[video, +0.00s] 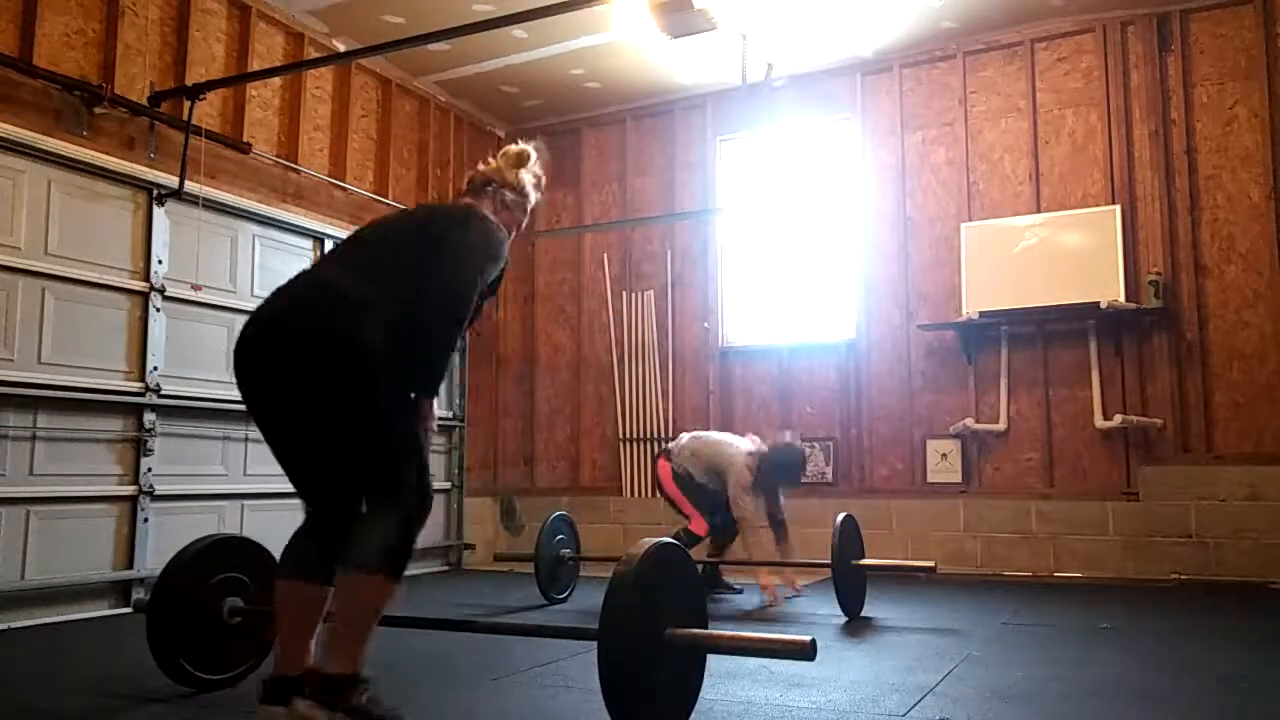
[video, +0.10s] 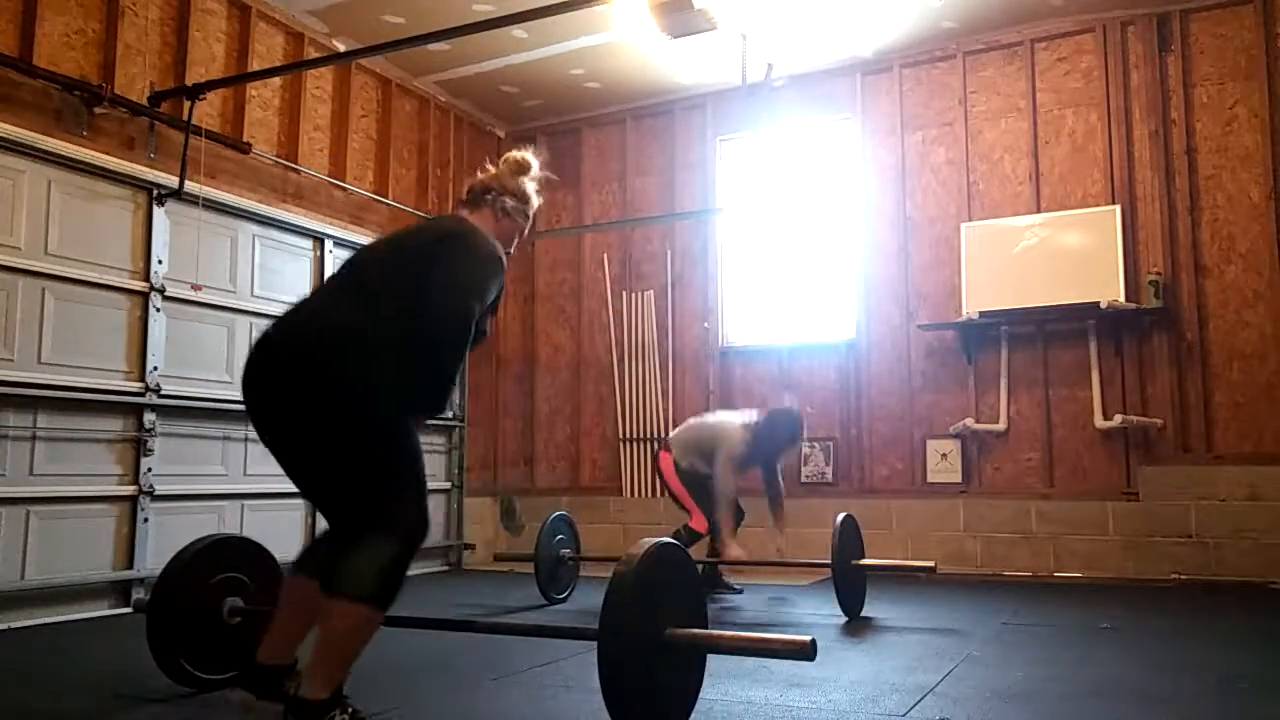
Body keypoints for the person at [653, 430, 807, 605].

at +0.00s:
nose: (776, 485)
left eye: (782, 482)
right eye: (777, 480)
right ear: (771, 469)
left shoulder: (767, 464)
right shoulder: (740, 464)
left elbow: (777, 518)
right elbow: (749, 524)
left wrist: (787, 569)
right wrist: (763, 574)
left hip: (702, 470)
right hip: (671, 464)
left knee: (727, 523)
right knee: (701, 525)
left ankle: (711, 574)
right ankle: (655, 565)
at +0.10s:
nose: (785, 451)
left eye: (788, 446)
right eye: (785, 445)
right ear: (775, 437)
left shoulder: (766, 444)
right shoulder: (734, 438)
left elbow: (774, 488)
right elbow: (724, 495)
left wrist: (781, 533)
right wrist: (728, 543)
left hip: (702, 464)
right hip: (672, 458)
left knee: (733, 515)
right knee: (701, 521)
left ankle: (711, 573)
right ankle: (656, 562)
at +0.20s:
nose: (778, 414)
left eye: (783, 409)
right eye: (780, 408)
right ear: (770, 397)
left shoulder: (759, 407)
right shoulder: (728, 403)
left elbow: (757, 443)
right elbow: (699, 450)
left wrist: (760, 473)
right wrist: (695, 495)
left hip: (709, 452)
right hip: (680, 445)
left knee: (735, 509)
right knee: (705, 510)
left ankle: (712, 569)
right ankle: (667, 558)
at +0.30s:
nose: (777, 394)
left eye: (782, 389)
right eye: (776, 387)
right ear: (764, 375)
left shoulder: (763, 383)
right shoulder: (722, 384)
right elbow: (691, 426)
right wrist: (690, 473)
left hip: (721, 448)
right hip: (687, 441)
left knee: (742, 502)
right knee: (713, 498)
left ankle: (730, 565)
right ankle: (677, 563)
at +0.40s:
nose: (769, 379)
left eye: (773, 375)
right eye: (768, 372)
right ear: (755, 360)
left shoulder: (755, 387)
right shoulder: (717, 371)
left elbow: (755, 433)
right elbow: (698, 420)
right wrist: (718, 462)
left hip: (722, 447)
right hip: (690, 443)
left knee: (744, 510)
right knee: (720, 507)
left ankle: (734, 573)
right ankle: (681, 570)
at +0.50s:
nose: (757, 338)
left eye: (758, 333)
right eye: (754, 332)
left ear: (752, 333)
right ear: (742, 329)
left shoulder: (745, 363)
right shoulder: (706, 363)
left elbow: (759, 406)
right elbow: (698, 417)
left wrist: (774, 438)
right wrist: (715, 448)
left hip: (721, 443)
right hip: (693, 442)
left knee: (734, 502)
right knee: (710, 504)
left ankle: (734, 567)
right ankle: (681, 566)